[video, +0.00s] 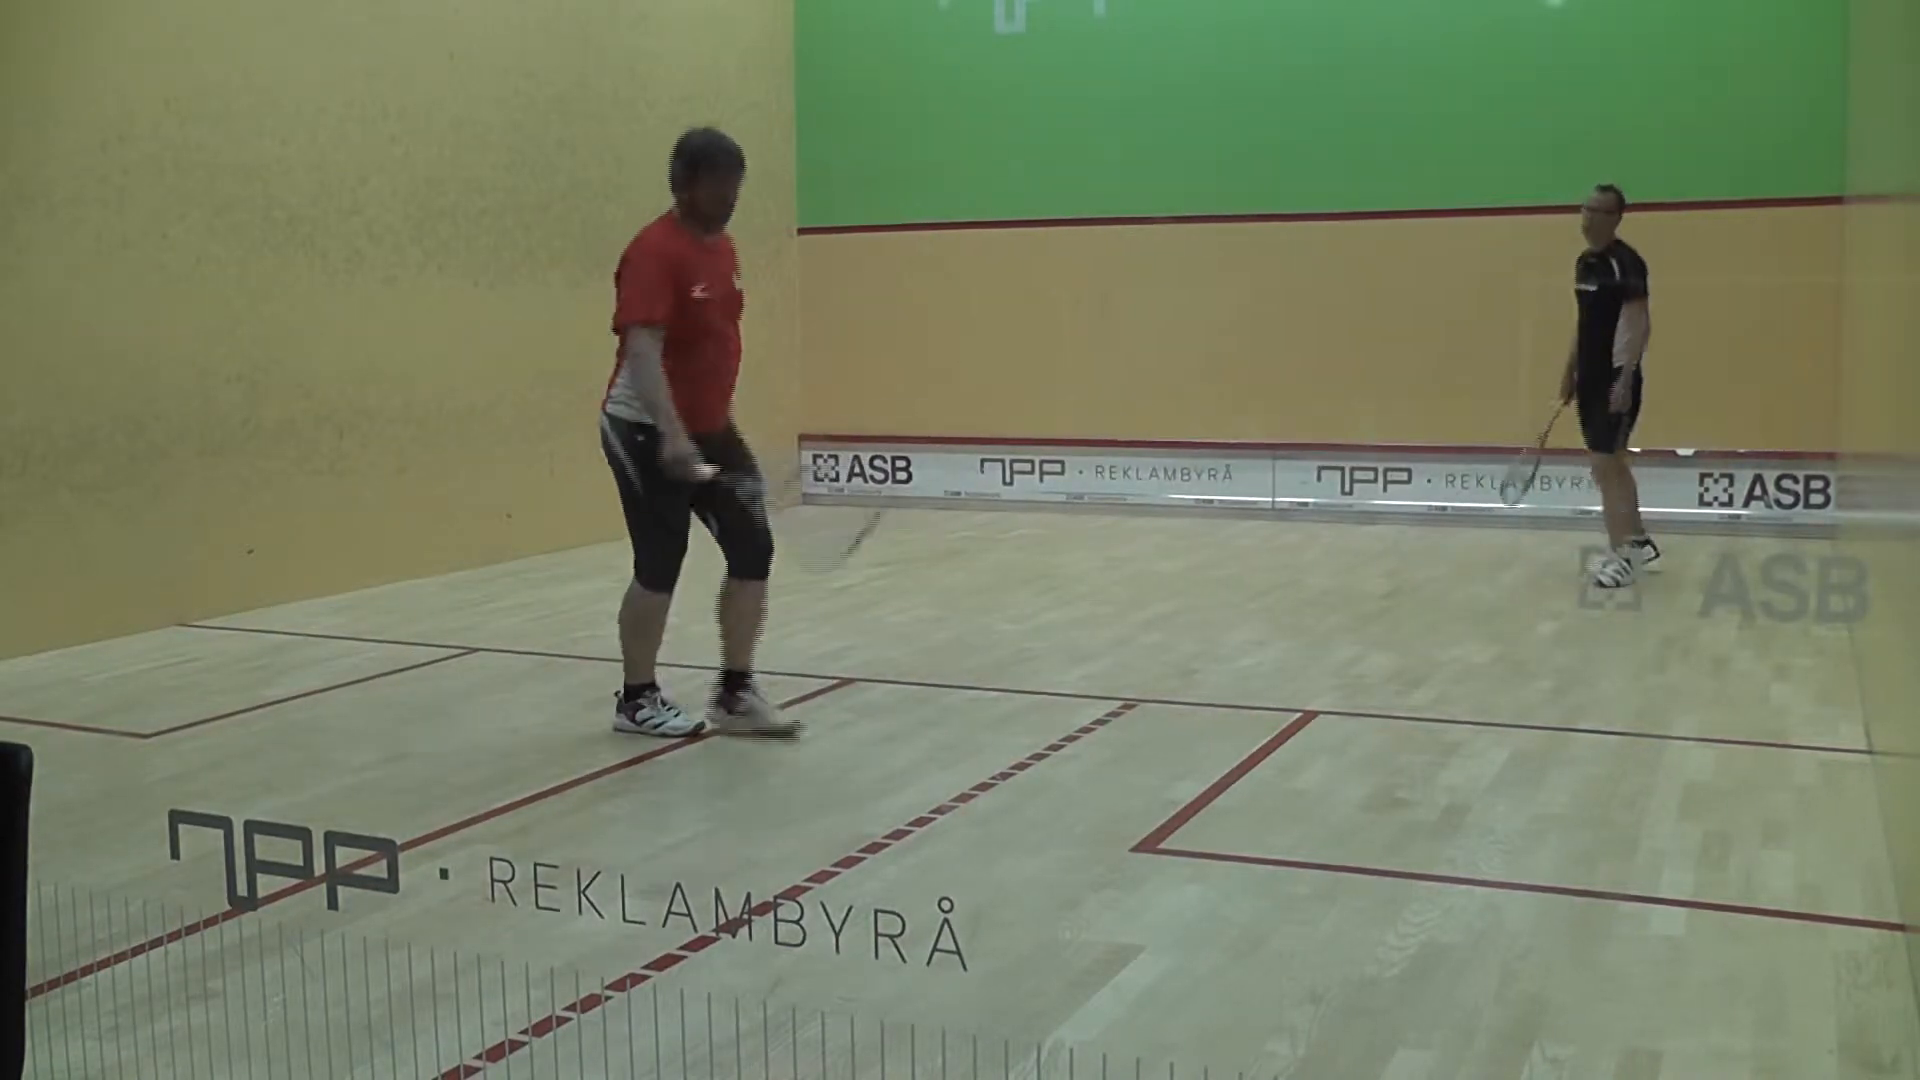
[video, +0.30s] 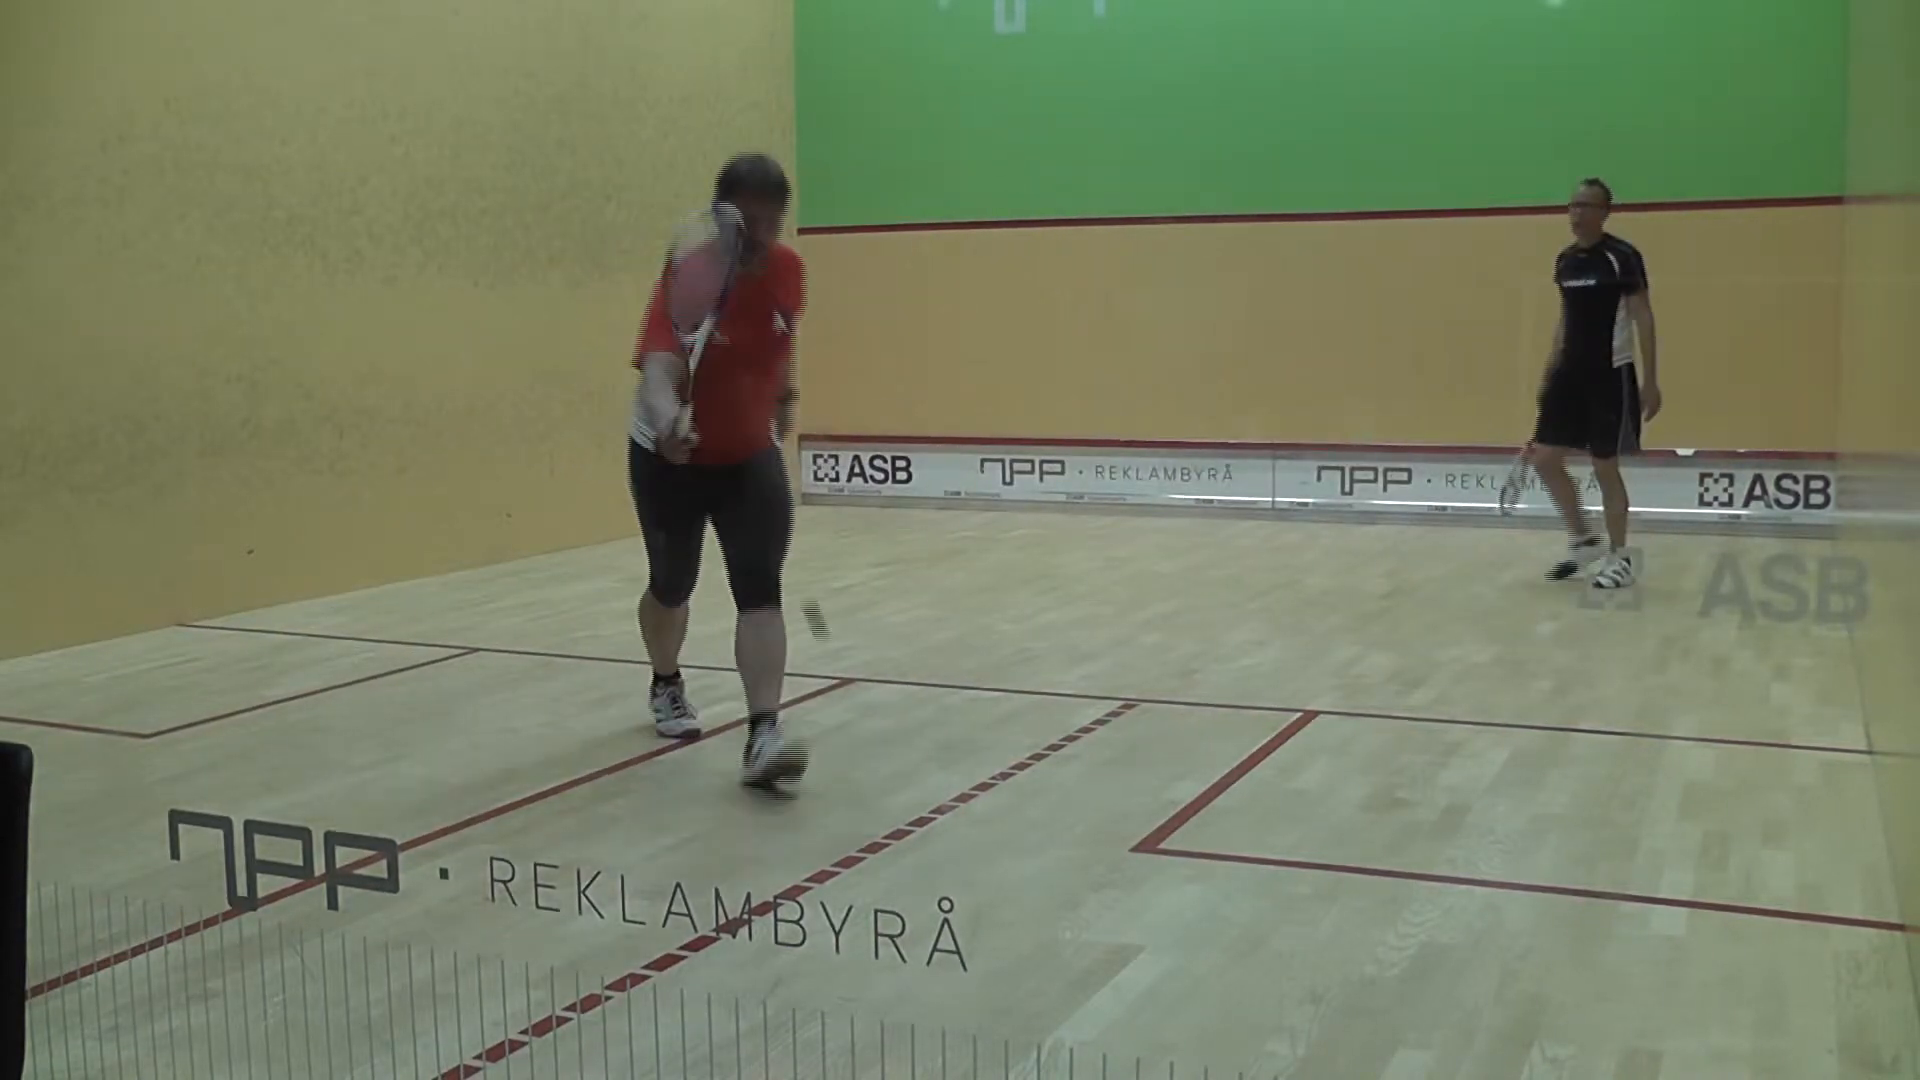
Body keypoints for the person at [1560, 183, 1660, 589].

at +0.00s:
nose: (1587, 218)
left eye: (1597, 212)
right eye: (1586, 210)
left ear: (1617, 218)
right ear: (1583, 213)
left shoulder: (1628, 263)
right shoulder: (1586, 262)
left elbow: (1637, 325)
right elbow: (1585, 323)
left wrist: (1625, 380)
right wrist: (1571, 371)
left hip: (1617, 377)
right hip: (1591, 375)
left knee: (1606, 466)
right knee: (1610, 463)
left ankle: (1623, 556)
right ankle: (1636, 539)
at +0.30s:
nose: (1576, 212)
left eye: (1586, 206)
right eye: (1573, 205)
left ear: (1606, 212)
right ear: (1568, 210)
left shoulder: (1623, 257)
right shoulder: (1565, 261)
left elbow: (1644, 319)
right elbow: (1566, 323)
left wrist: (1650, 382)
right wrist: (1551, 376)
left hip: (1610, 377)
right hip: (1570, 376)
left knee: (1605, 466)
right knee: (1544, 458)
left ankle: (1619, 557)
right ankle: (1583, 540)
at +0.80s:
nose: (1509, 211)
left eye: (1518, 204)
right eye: (1504, 203)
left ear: (1534, 211)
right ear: (1496, 208)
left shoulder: (1555, 257)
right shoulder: (1488, 262)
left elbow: (1575, 321)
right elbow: (1478, 327)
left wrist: (1576, 381)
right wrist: (1460, 386)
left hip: (1541, 381)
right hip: (1497, 380)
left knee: (1540, 477)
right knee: (1494, 474)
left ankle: (1574, 551)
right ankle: (1510, 572)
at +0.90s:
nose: (1499, 207)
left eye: (1508, 200)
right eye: (1494, 198)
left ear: (1526, 206)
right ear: (1487, 203)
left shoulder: (1545, 254)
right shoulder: (1473, 260)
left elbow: (1564, 317)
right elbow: (1464, 322)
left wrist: (1567, 377)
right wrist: (1446, 380)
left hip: (1531, 375)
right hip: (1487, 375)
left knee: (1520, 469)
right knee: (1491, 472)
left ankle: (1540, 544)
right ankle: (1509, 570)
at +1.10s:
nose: (1474, 212)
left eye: (1484, 205)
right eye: (1470, 204)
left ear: (1503, 212)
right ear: (1463, 209)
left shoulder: (1521, 263)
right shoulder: (1449, 264)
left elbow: (1540, 327)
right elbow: (1433, 326)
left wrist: (1548, 392)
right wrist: (1412, 385)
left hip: (1504, 379)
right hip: (1461, 378)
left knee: (1485, 475)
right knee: (1481, 478)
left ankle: (1468, 577)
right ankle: (1509, 570)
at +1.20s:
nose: (1454, 213)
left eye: (1465, 207)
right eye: (1452, 205)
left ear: (1487, 214)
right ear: (1447, 209)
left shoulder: (1507, 265)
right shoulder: (1436, 264)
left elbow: (1526, 333)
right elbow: (1420, 329)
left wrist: (1535, 397)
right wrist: (1398, 389)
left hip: (1485, 382)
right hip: (1444, 380)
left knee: (1462, 480)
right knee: (1459, 482)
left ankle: (1449, 591)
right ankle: (1501, 559)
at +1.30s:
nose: (1446, 210)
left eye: (1456, 204)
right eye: (1442, 201)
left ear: (1476, 210)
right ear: (1436, 205)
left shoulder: (1496, 261)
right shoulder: (1426, 261)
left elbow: (1515, 332)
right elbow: (1414, 327)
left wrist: (1522, 396)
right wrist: (1393, 389)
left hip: (1474, 383)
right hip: (1433, 381)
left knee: (1448, 486)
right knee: (1428, 491)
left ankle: (1447, 593)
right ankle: (1482, 544)